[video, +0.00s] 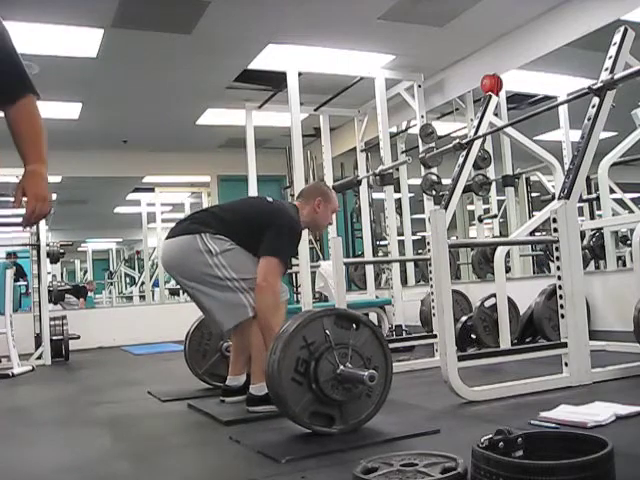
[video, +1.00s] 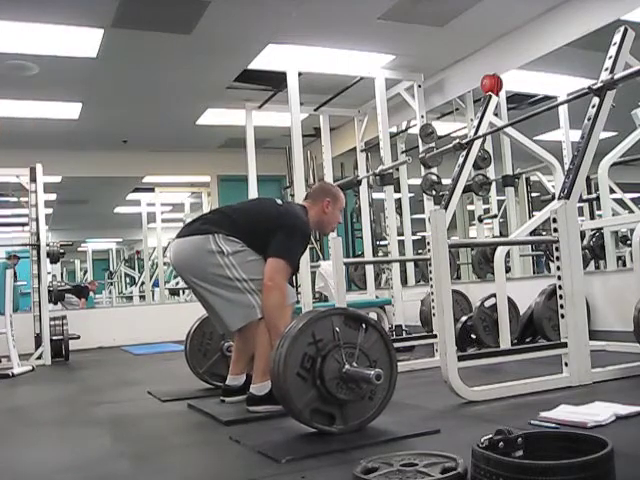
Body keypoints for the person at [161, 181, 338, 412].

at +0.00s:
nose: (332, 221)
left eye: (334, 214)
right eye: (332, 212)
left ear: (312, 204)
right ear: (318, 205)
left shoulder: (277, 215)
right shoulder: (287, 221)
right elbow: (265, 284)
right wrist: (279, 353)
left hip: (177, 245)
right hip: (198, 243)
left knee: (250, 303)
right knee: (272, 301)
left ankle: (235, 382)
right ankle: (261, 391)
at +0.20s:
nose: (337, 217)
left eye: (339, 210)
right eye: (336, 209)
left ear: (317, 204)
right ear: (320, 204)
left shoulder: (277, 214)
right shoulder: (288, 222)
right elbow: (261, 284)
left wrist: (241, 337)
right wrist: (278, 349)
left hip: (178, 249)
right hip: (201, 246)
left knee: (252, 306)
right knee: (279, 298)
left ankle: (234, 383)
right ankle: (260, 391)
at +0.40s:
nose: (338, 218)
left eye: (339, 211)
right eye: (336, 210)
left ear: (317, 204)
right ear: (321, 205)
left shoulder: (279, 215)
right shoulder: (289, 223)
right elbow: (263, 285)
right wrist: (279, 351)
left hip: (180, 247)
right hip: (201, 245)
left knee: (251, 308)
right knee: (279, 296)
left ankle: (234, 383)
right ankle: (261, 391)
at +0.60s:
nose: (334, 218)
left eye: (336, 212)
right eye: (334, 210)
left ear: (309, 202)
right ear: (320, 204)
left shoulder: (277, 215)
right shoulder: (292, 224)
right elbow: (271, 283)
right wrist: (283, 352)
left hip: (179, 248)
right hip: (204, 245)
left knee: (251, 307)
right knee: (277, 303)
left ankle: (235, 383)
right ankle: (261, 390)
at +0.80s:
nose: (337, 219)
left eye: (339, 212)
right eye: (337, 210)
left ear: (314, 203)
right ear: (323, 205)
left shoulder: (281, 215)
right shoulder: (294, 223)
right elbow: (272, 285)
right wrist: (283, 353)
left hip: (181, 248)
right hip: (206, 245)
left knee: (254, 305)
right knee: (278, 303)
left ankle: (235, 382)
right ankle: (261, 391)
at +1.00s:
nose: (340, 220)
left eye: (342, 213)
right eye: (340, 211)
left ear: (320, 204)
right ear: (326, 206)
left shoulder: (284, 215)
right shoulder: (296, 223)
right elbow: (272, 284)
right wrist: (285, 352)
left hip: (185, 246)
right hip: (208, 244)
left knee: (255, 305)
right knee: (280, 299)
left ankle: (235, 382)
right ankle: (262, 390)